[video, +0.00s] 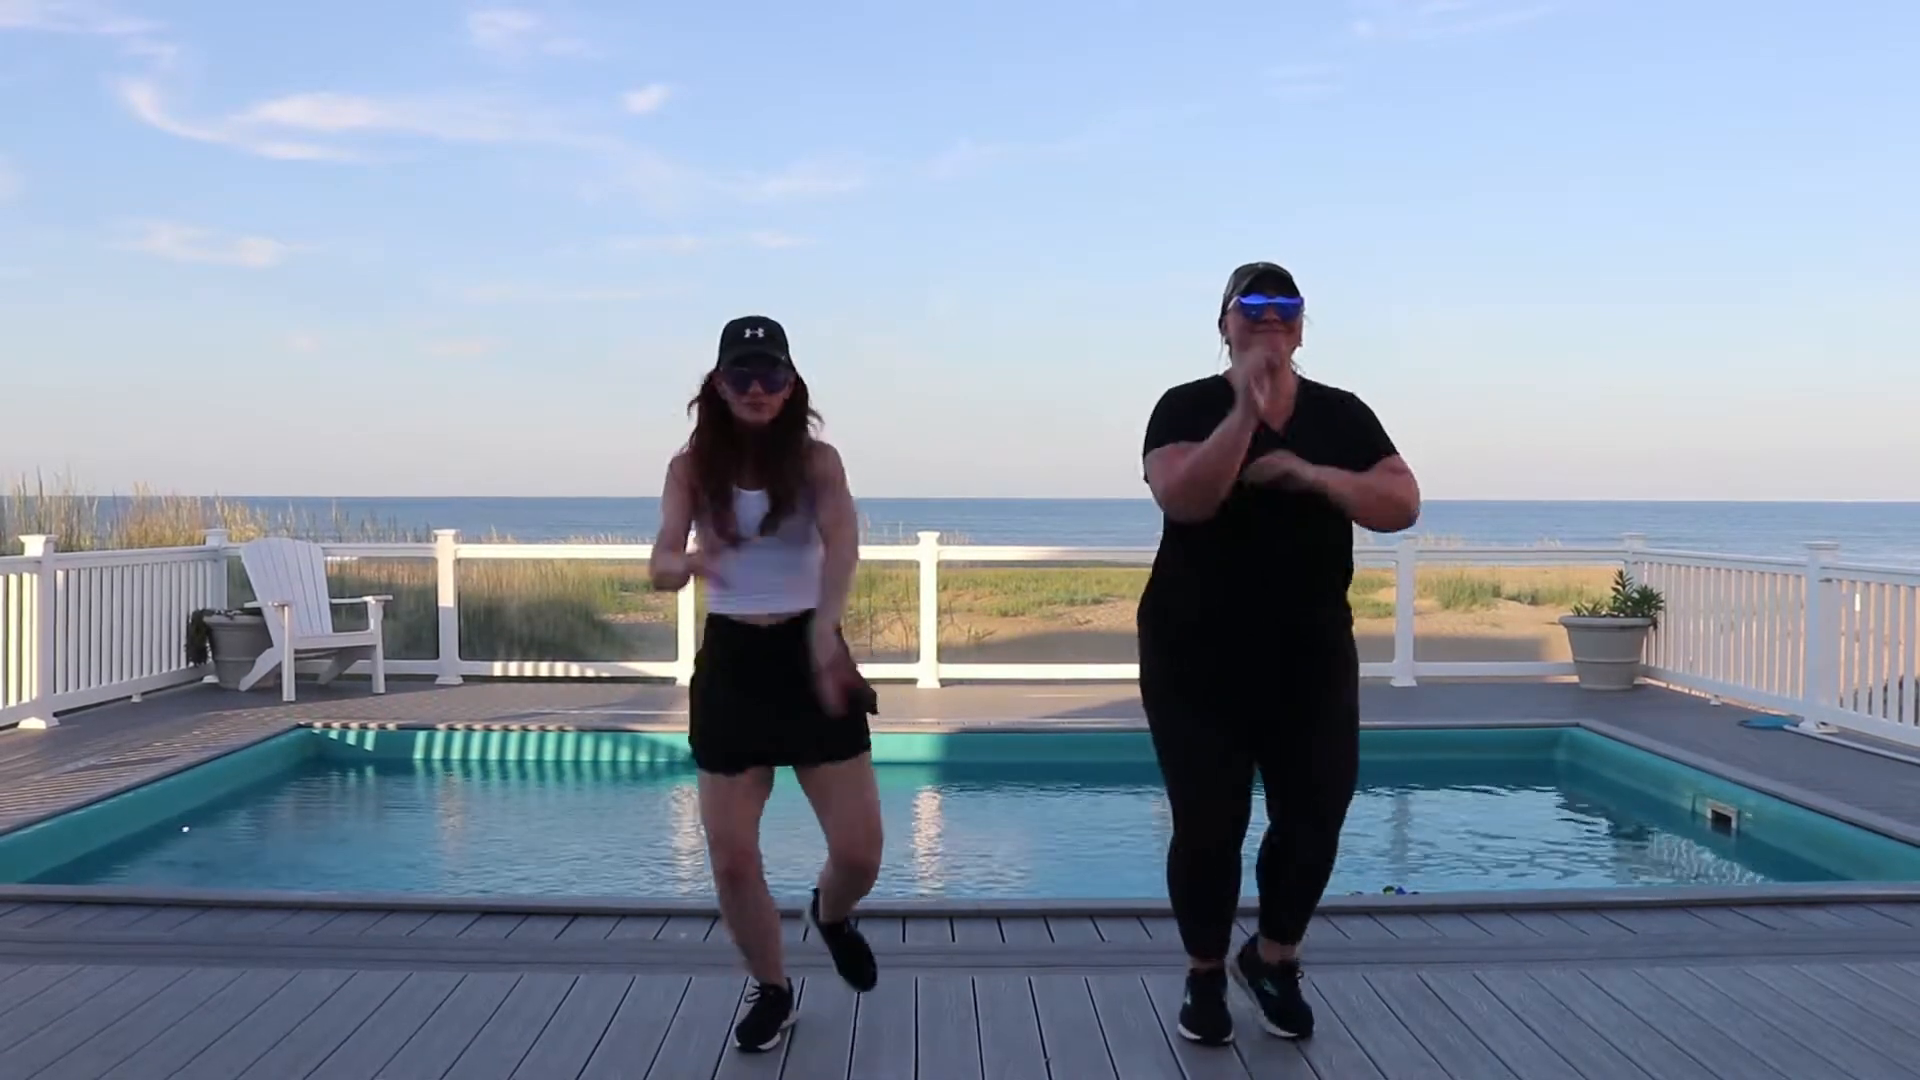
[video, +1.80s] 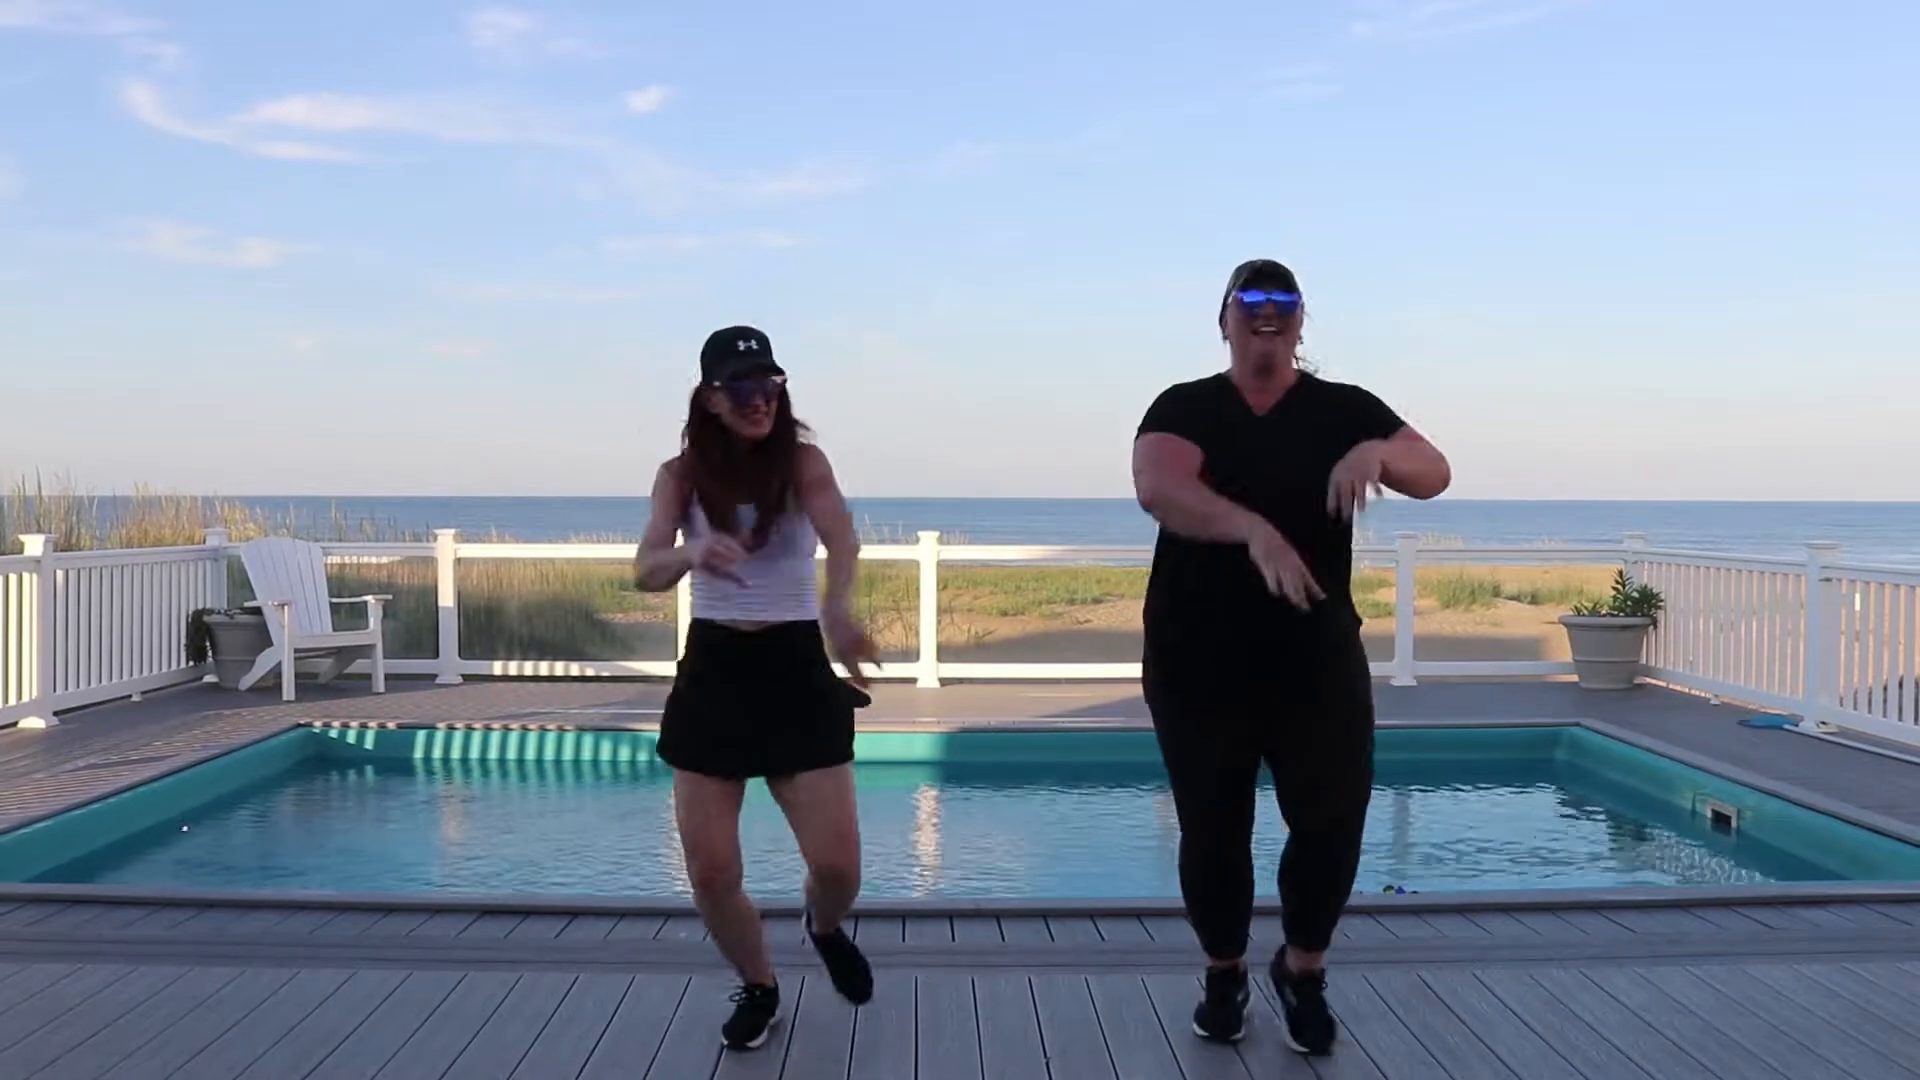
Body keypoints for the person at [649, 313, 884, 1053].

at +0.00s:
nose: (757, 388)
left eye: (771, 375)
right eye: (742, 376)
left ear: (790, 381)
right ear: (718, 381)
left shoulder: (815, 457)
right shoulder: (692, 466)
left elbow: (842, 542)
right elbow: (662, 571)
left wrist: (827, 627)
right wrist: (687, 559)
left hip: (813, 648)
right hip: (732, 657)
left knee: (862, 853)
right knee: (732, 862)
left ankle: (829, 915)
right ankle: (771, 985)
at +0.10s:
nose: (760, 400)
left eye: (774, 387)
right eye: (745, 388)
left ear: (795, 394)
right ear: (723, 395)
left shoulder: (820, 471)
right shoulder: (695, 478)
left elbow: (884, 525)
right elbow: (668, 577)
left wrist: (888, 557)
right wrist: (745, 578)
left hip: (803, 672)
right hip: (719, 674)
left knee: (846, 860)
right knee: (717, 871)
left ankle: (833, 938)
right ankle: (771, 988)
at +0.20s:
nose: (769, 378)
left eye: (783, 366)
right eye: (755, 366)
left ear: (805, 376)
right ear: (733, 377)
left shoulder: (822, 459)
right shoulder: (702, 454)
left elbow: (887, 515)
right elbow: (683, 546)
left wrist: (900, 447)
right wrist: (787, 550)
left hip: (798, 659)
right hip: (713, 662)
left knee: (817, 837)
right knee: (716, 858)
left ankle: (816, 992)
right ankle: (769, 986)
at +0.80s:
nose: (777, 370)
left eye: (792, 357)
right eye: (762, 357)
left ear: (813, 365)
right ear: (741, 365)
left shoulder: (832, 446)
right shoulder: (716, 434)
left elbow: (861, 530)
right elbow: (669, 511)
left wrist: (875, 451)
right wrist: (779, 538)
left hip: (803, 649)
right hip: (718, 647)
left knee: (801, 844)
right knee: (693, 842)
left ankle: (789, 976)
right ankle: (724, 953)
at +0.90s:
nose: (776, 401)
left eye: (789, 387)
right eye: (762, 387)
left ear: (811, 390)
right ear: (739, 391)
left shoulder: (836, 459)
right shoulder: (719, 457)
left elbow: (864, 530)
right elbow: (649, 501)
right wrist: (726, 533)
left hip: (819, 666)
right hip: (736, 665)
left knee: (812, 863)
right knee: (683, 849)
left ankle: (791, 984)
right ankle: (730, 948)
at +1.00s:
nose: (773, 399)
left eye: (786, 386)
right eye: (758, 385)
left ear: (805, 391)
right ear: (734, 388)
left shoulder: (831, 467)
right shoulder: (714, 463)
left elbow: (860, 557)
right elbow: (634, 498)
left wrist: (771, 587)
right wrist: (701, 460)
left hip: (829, 668)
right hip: (748, 669)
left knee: (819, 863)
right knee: (693, 839)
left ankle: (792, 985)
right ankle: (735, 1000)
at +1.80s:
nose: (756, 400)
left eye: (766, 386)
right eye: (738, 389)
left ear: (781, 388)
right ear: (708, 397)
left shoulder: (803, 462)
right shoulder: (683, 475)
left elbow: (843, 539)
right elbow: (647, 573)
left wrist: (838, 609)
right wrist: (691, 552)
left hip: (797, 669)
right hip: (713, 671)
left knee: (839, 864)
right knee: (710, 871)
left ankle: (827, 930)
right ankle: (758, 986)